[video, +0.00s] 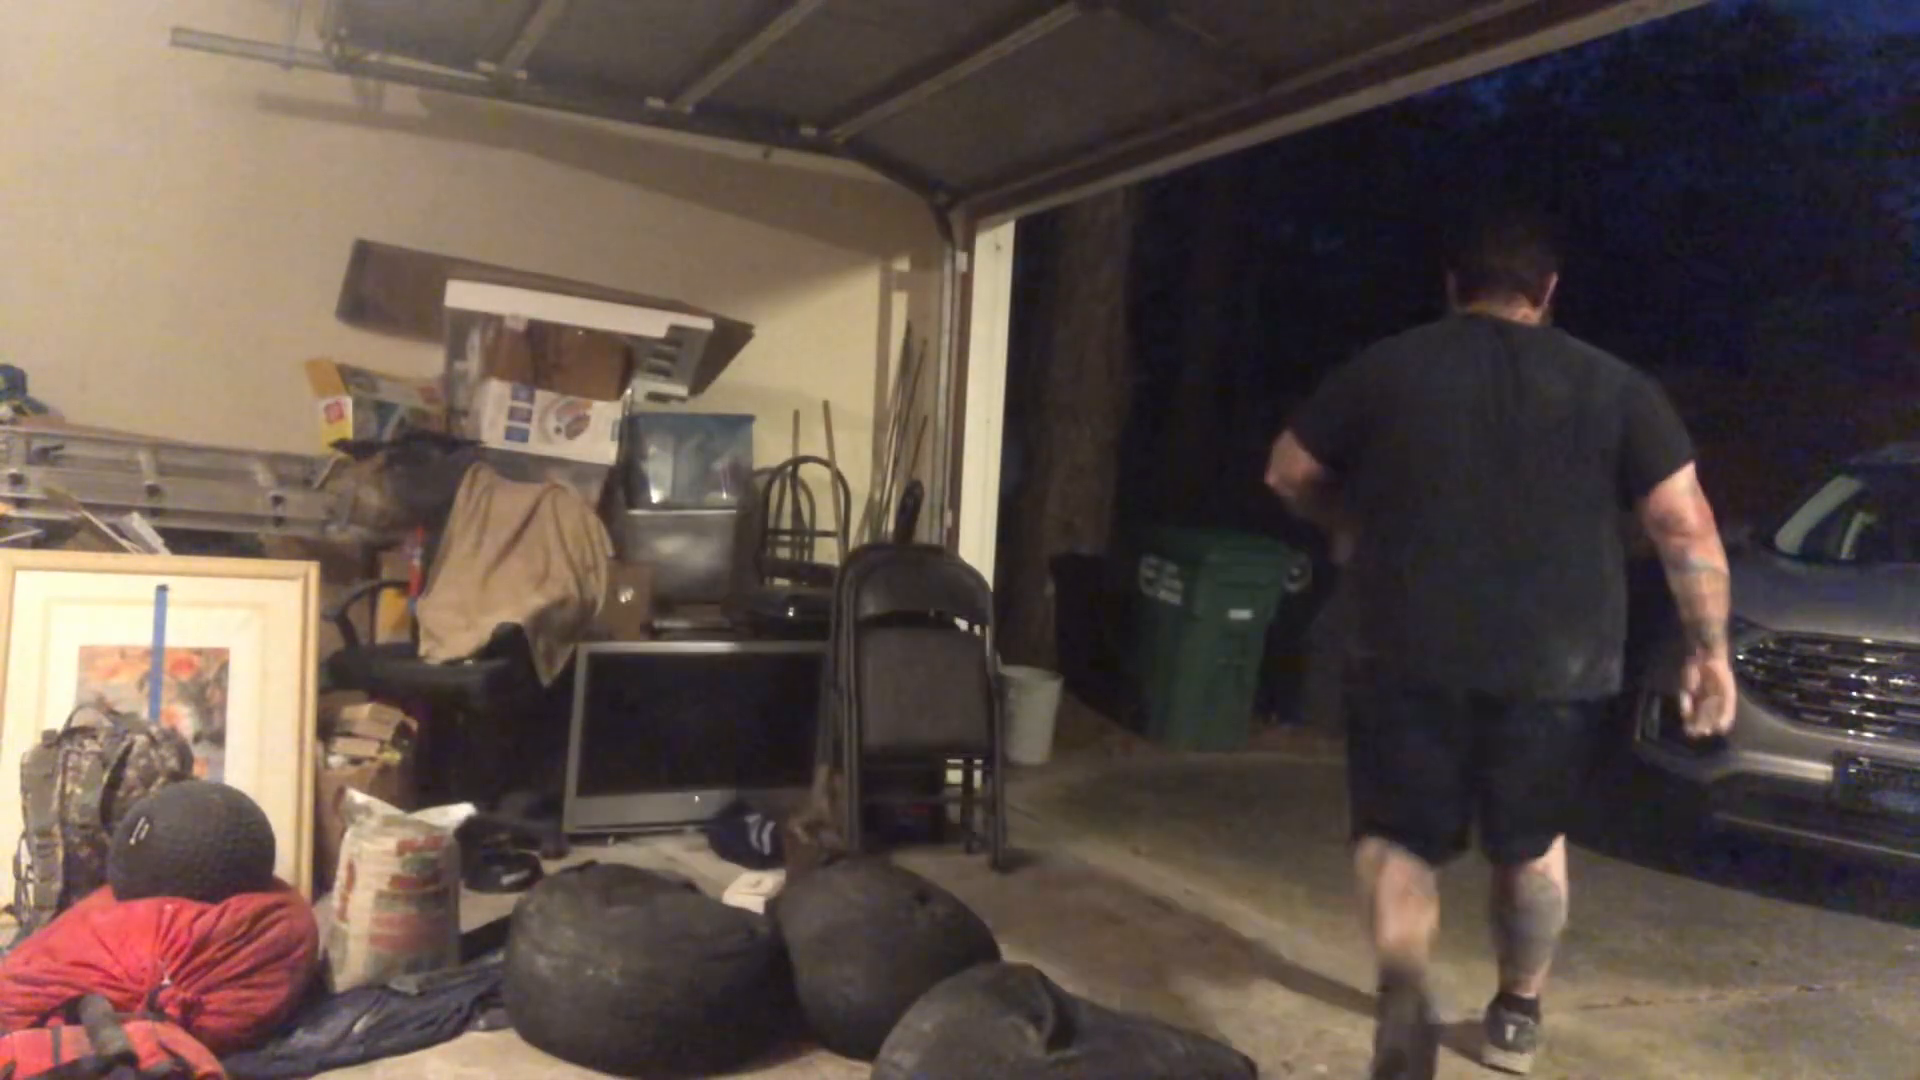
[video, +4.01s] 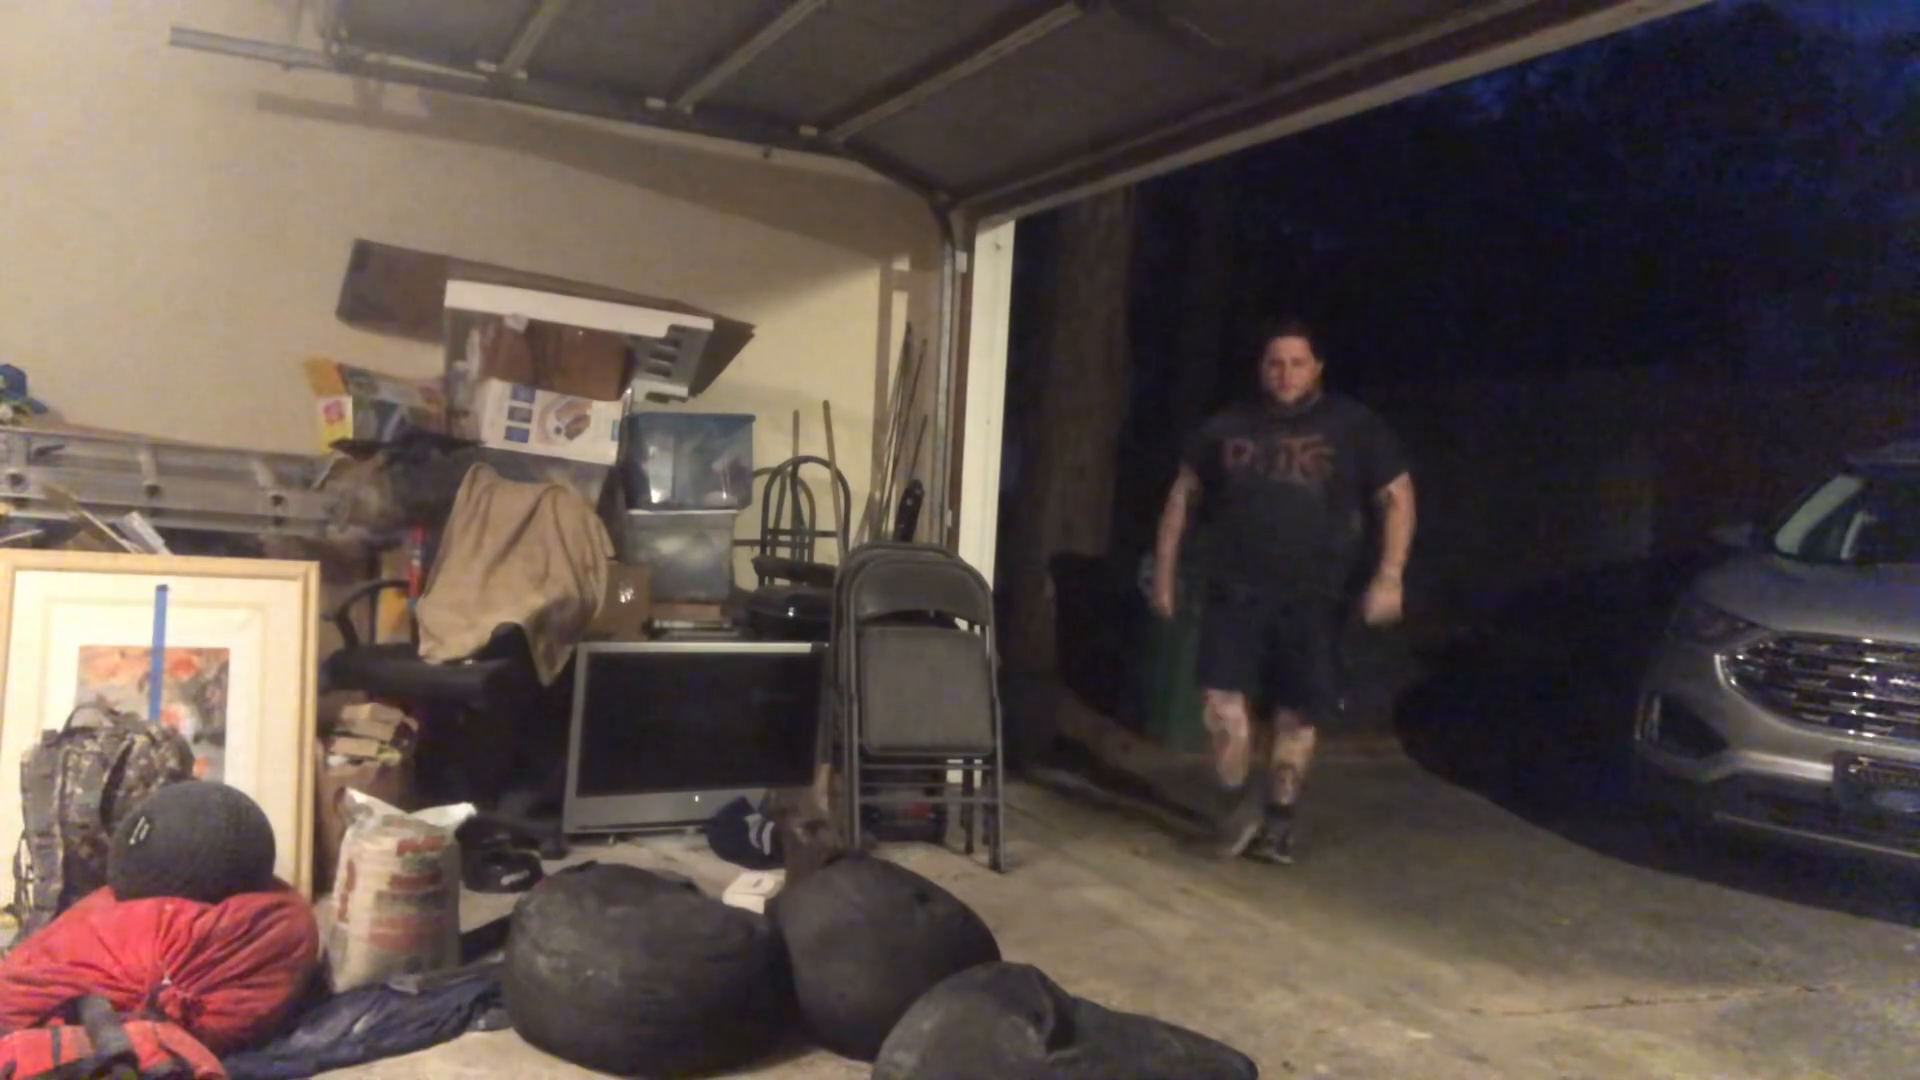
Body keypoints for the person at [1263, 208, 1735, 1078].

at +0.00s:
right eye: (1548, 288)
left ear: (1450, 286)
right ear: (1548, 293)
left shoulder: (1388, 367)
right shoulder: (1613, 388)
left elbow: (1290, 471)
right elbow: (1685, 526)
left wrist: (1350, 527)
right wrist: (1710, 645)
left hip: (1408, 654)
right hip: (1553, 666)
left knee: (1398, 836)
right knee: (1531, 842)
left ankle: (1402, 986)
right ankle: (1517, 1011)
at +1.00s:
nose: (1420, 386)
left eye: (1420, 377)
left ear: (1421, 380)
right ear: (1485, 385)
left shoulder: (1380, 439)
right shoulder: (1525, 454)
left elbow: (1309, 518)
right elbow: (1572, 550)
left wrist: (1314, 562)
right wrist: (1568, 630)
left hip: (1395, 628)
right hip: (1483, 635)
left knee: (1401, 758)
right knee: (1455, 756)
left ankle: (1409, 898)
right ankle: (1432, 863)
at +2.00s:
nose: (1432, 408)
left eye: (1427, 397)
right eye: (1438, 398)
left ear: (1404, 400)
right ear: (1449, 403)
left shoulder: (1367, 443)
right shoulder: (1478, 450)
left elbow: (1314, 504)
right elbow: (1511, 523)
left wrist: (1307, 552)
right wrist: (1520, 586)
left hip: (1377, 590)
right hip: (1449, 594)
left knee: (1377, 700)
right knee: (1434, 699)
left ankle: (1373, 808)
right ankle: (1425, 796)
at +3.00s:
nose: (1377, 438)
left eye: (1384, 430)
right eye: (1369, 429)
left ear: (1395, 434)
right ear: (1353, 433)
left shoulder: (1401, 478)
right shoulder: (1332, 475)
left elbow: (1423, 521)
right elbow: (1284, 529)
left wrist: (1438, 561)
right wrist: (1310, 595)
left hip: (1386, 602)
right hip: (1341, 600)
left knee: (1361, 692)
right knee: (1342, 688)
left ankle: (1329, 757)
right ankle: (1321, 762)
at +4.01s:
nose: (1284, 373)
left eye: (1296, 364)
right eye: (1274, 363)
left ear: (1317, 369)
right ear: (1260, 370)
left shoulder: (1349, 427)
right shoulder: (1227, 426)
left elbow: (1399, 496)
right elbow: (1183, 495)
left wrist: (1389, 577)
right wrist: (1165, 570)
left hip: (1311, 593)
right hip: (1235, 587)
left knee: (1295, 714)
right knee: (1221, 701)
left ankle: (1280, 824)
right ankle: (1236, 802)